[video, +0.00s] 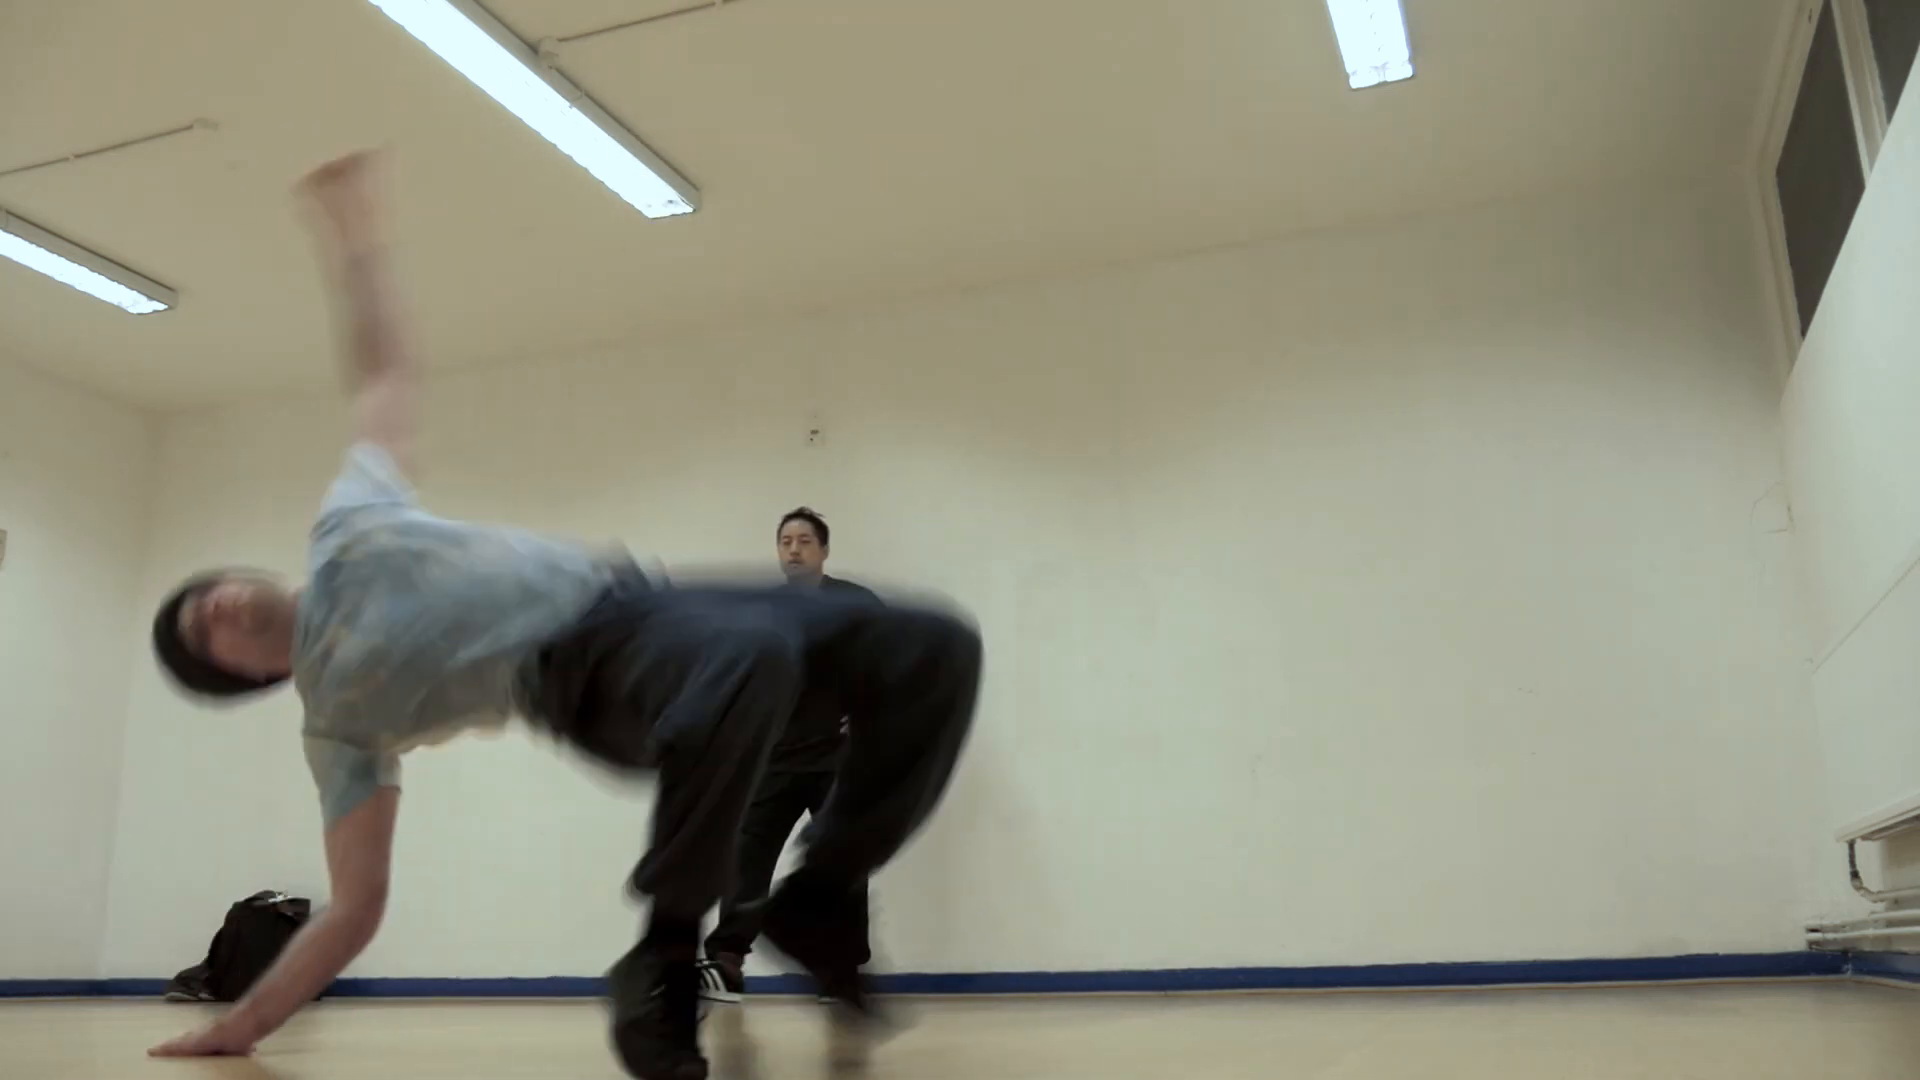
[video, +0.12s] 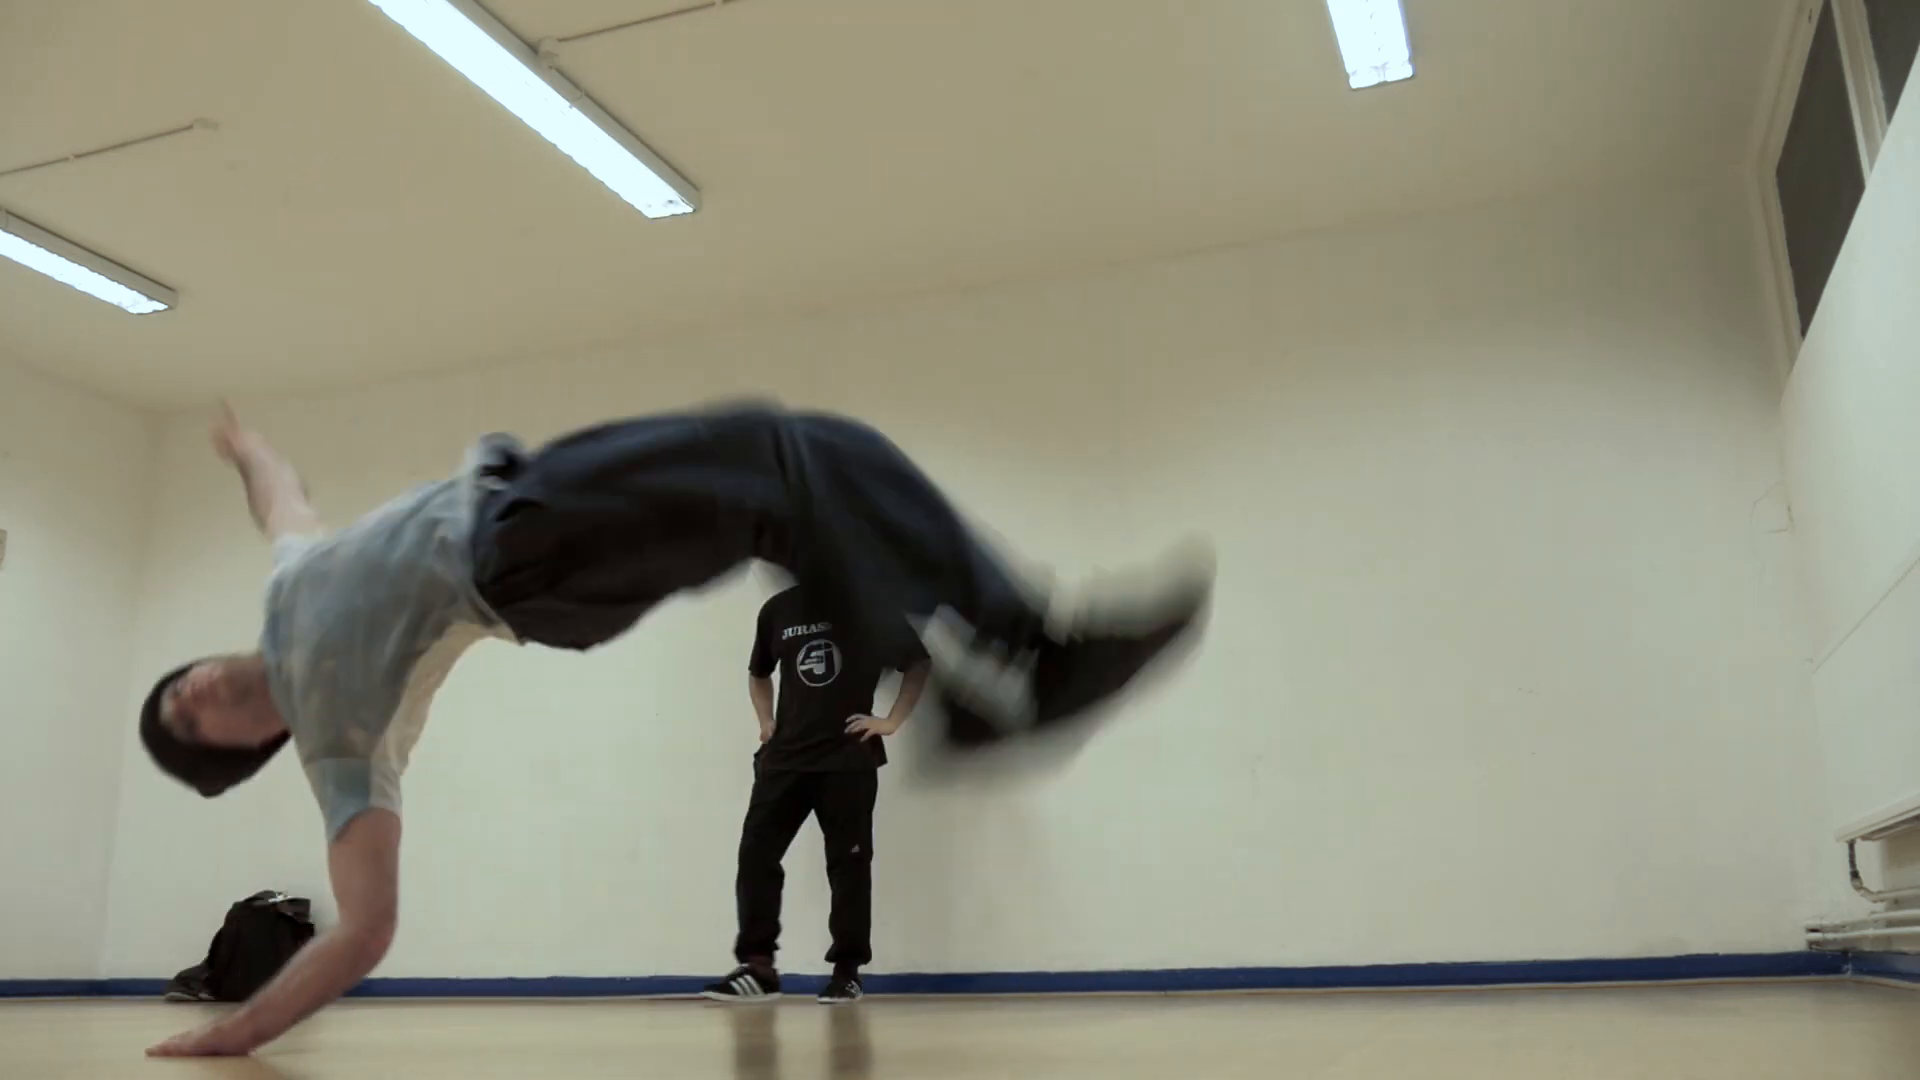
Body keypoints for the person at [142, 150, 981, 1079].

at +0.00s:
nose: (223, 608)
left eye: (213, 594)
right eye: (209, 638)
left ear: (251, 570)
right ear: (240, 678)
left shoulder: (357, 518)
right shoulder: (339, 722)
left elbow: (384, 367)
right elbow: (352, 911)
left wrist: (351, 224)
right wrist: (239, 1030)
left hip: (649, 603)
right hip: (589, 675)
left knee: (933, 648)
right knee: (758, 654)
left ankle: (819, 901)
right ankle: (670, 949)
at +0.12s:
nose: (206, 689)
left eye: (188, 687)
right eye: (200, 715)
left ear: (214, 664)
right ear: (236, 743)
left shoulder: (294, 592)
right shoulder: (338, 737)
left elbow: (281, 500)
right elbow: (360, 927)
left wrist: (241, 438)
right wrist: (243, 1033)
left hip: (543, 484)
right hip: (531, 564)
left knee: (831, 443)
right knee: (778, 470)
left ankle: (1037, 648)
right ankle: (961, 692)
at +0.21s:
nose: (196, 725)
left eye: (183, 721)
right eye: (190, 755)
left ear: (206, 699)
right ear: (224, 782)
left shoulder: (278, 649)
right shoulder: (332, 776)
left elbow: (293, 568)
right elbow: (375, 960)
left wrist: (292, 525)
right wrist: (247, 1031)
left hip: (503, 500)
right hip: (510, 563)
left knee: (758, 401)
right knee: (755, 427)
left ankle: (1055, 374)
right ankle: (1058, 372)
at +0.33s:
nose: (219, 810)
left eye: (204, 805)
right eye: (210, 843)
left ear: (221, 778)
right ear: (246, 879)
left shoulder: (297, 718)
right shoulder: (352, 863)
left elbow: (332, 638)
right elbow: (403, 1028)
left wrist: (345, 588)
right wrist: (265, 1023)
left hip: (498, 565)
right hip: (534, 637)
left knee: (679, 350)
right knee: (714, 409)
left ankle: (868, 114)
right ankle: (878, 130)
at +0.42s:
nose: (235, 826)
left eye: (219, 823)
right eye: (228, 852)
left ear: (234, 790)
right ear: (263, 879)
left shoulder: (304, 717)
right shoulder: (359, 867)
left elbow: (352, 632)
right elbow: (398, 1032)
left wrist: (368, 608)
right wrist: (259, 1025)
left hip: (526, 588)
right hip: (564, 655)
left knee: (645, 346)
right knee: (671, 377)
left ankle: (747, 83)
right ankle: (753, 85)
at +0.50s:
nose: (238, 815)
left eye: (224, 807)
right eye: (231, 843)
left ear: (241, 778)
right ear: (266, 873)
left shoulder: (319, 707)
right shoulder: (368, 868)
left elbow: (359, 626)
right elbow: (396, 1030)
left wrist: (381, 571)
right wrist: (260, 1028)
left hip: (542, 585)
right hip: (568, 652)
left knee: (654, 326)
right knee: (625, 330)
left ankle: (717, 72)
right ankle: (696, 66)